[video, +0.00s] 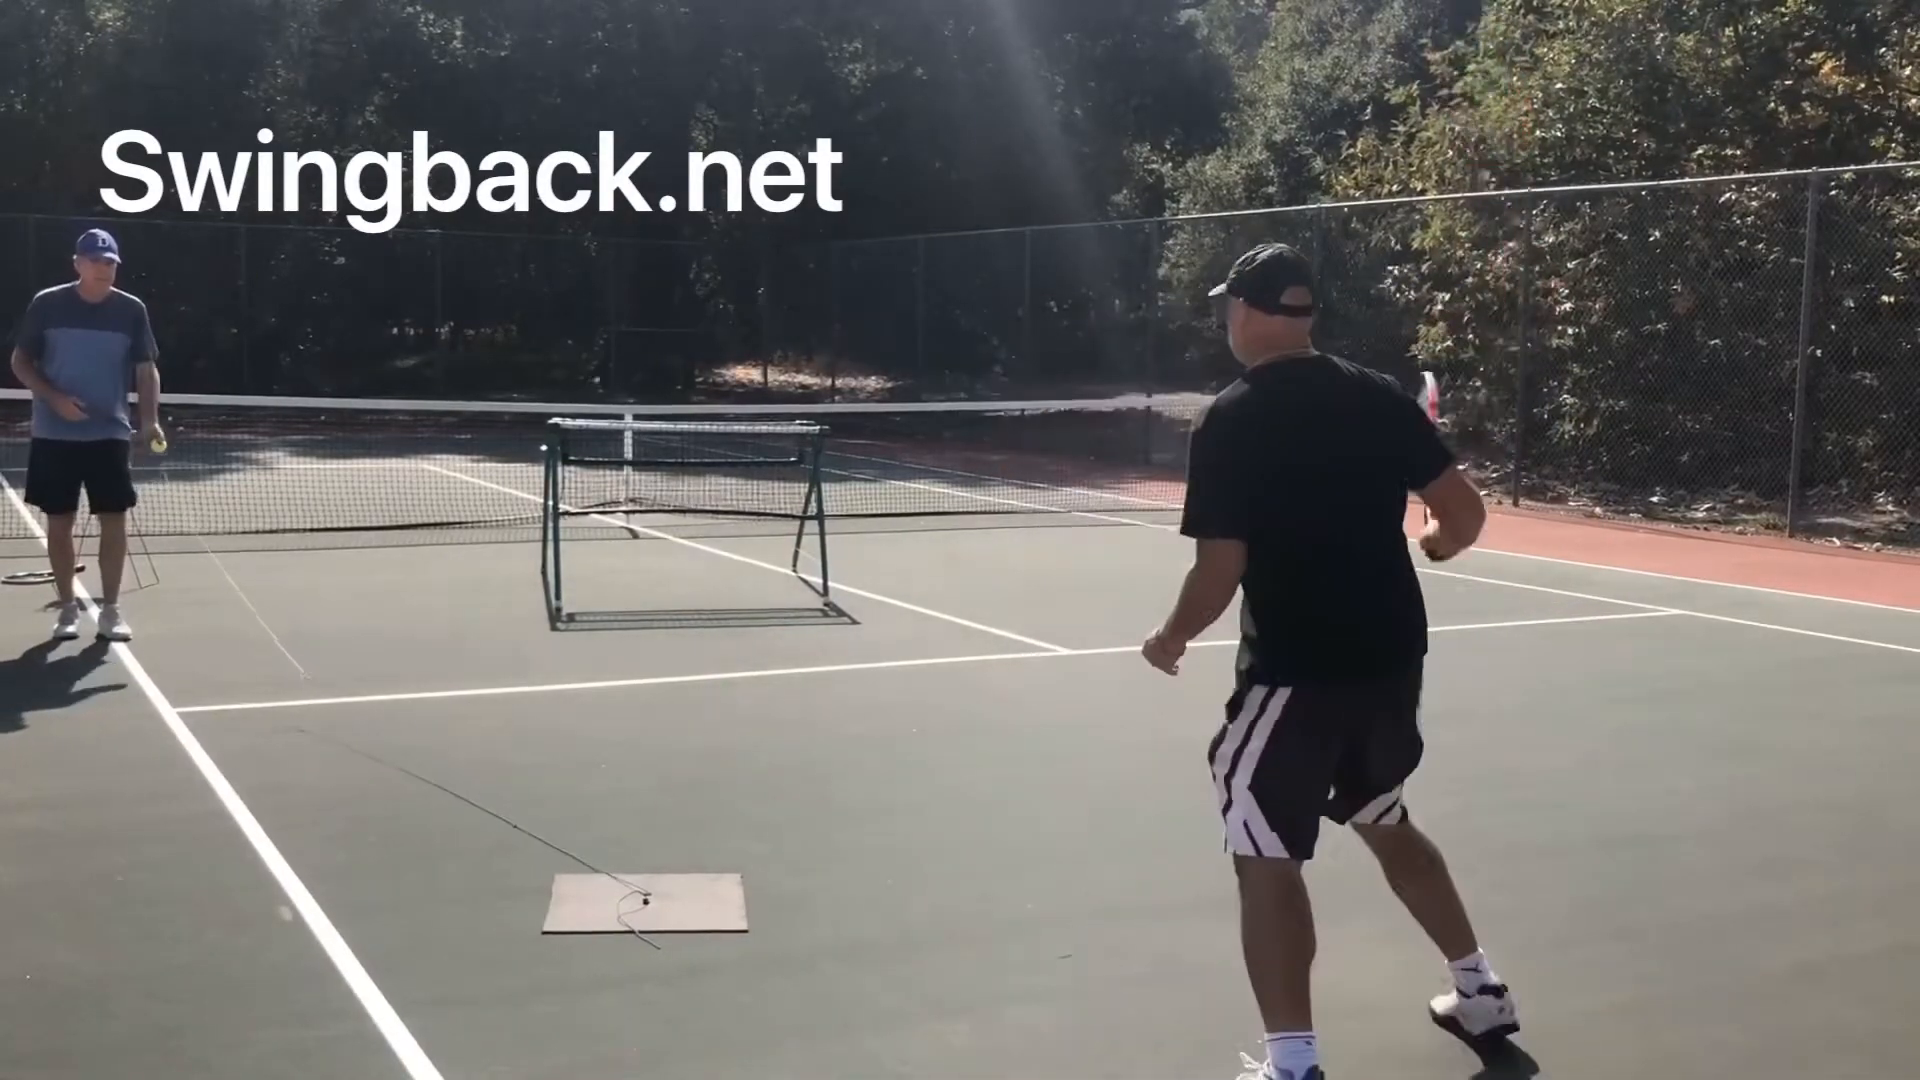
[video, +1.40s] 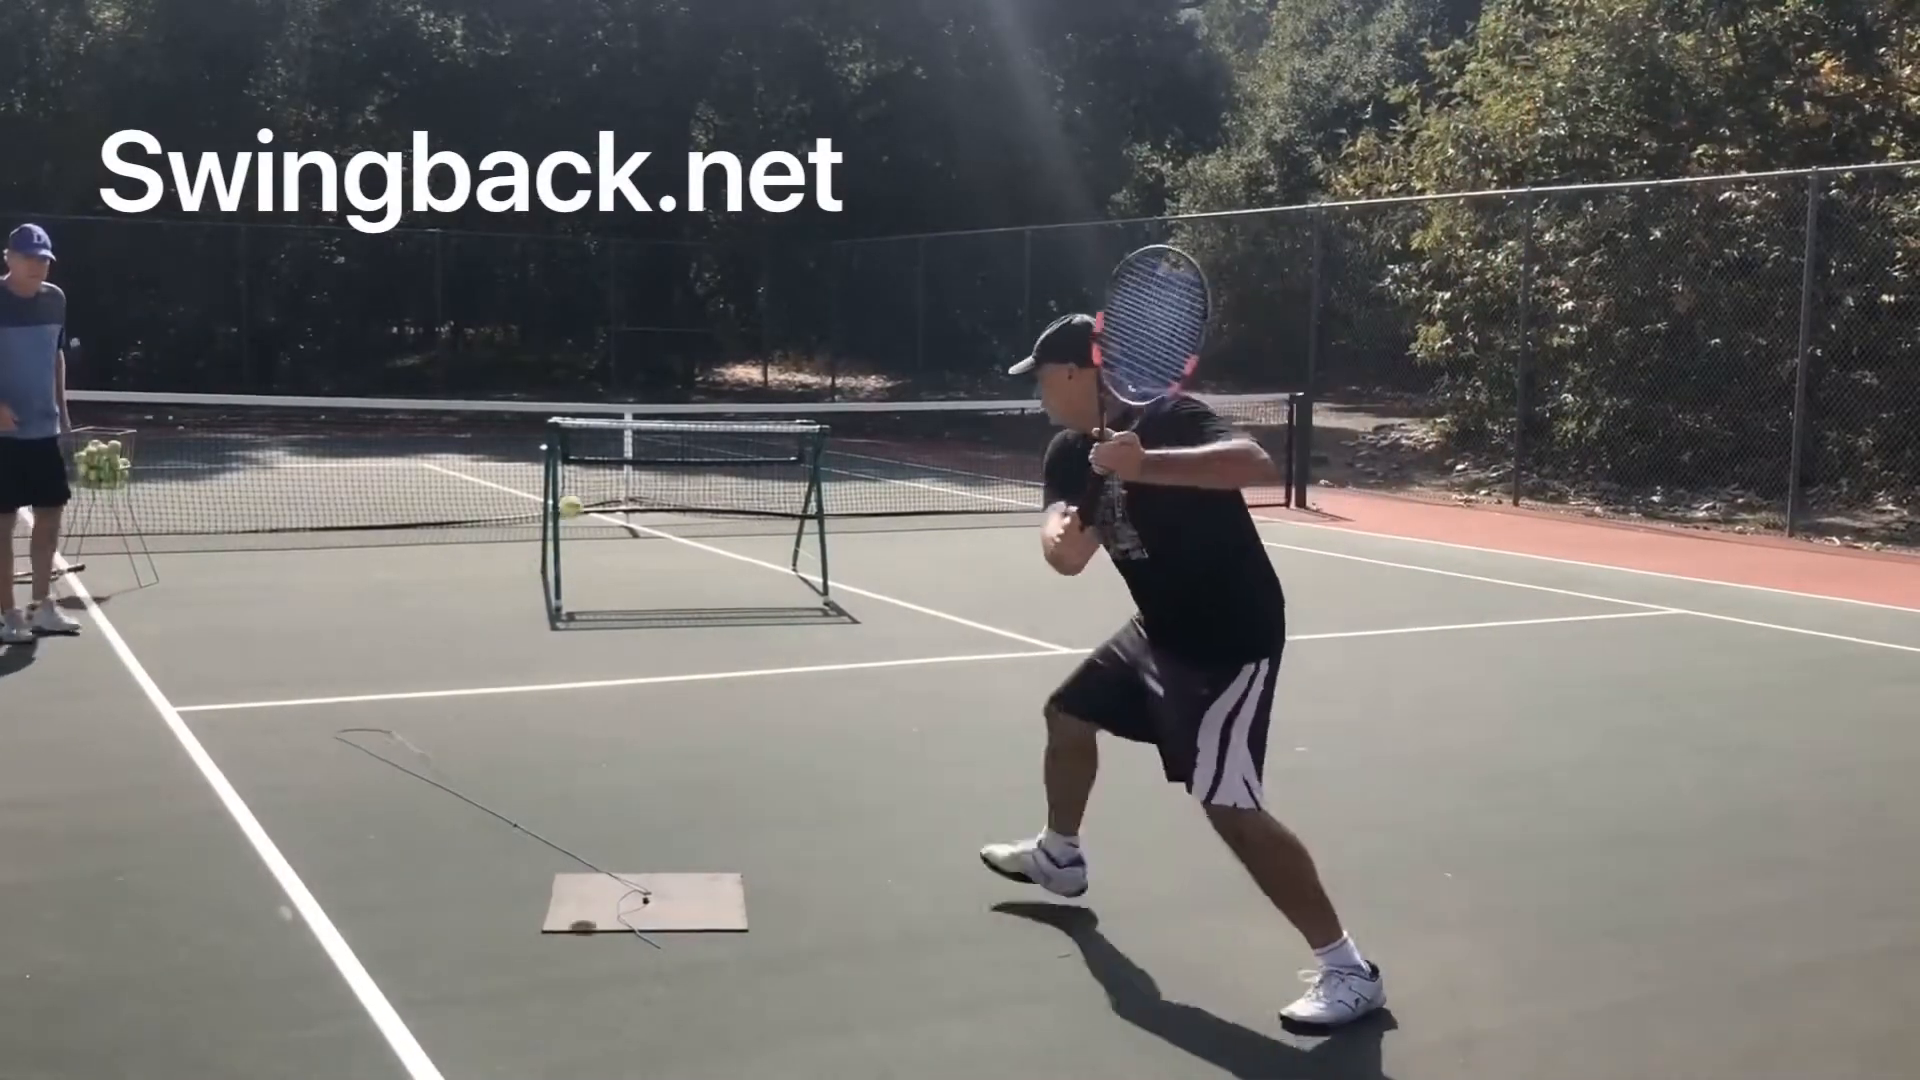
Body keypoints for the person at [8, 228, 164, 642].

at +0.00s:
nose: (103, 271)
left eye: (109, 263)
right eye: (96, 262)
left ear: (118, 267)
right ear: (77, 263)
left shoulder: (132, 310)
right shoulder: (47, 304)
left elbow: (147, 368)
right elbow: (20, 361)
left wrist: (149, 421)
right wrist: (54, 397)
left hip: (109, 437)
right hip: (55, 438)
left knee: (114, 520)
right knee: (59, 522)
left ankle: (110, 609)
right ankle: (67, 607)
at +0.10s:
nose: (103, 263)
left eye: (109, 256)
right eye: (95, 256)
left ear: (117, 260)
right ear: (79, 258)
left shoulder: (135, 304)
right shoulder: (49, 301)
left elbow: (158, 348)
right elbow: (23, 357)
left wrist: (169, 369)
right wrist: (54, 393)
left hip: (112, 435)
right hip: (58, 435)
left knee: (114, 520)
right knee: (60, 520)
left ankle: (110, 609)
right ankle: (68, 607)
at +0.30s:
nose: (108, 248)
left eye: (115, 241)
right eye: (101, 240)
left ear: (123, 249)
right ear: (84, 247)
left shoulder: (135, 288)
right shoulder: (55, 292)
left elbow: (154, 305)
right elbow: (29, 351)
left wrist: (168, 304)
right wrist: (55, 384)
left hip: (113, 423)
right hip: (60, 424)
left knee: (115, 513)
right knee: (60, 513)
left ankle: (113, 608)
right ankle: (65, 605)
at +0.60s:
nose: (108, 256)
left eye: (114, 249)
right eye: (101, 248)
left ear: (122, 256)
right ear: (83, 253)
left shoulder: (134, 297)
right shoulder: (52, 296)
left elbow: (149, 332)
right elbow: (24, 353)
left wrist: (132, 339)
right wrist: (47, 387)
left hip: (112, 430)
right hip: (56, 429)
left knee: (115, 519)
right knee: (48, 516)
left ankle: (112, 610)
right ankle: (34, 608)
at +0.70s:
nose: (103, 260)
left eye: (109, 253)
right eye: (96, 252)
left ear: (115, 258)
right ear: (76, 255)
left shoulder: (130, 301)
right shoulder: (45, 297)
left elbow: (144, 346)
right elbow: (18, 354)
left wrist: (134, 370)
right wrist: (42, 389)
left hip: (107, 432)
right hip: (51, 431)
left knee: (113, 519)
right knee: (40, 517)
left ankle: (112, 609)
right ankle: (19, 609)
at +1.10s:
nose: (60, 266)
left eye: (64, 260)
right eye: (52, 258)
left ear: (70, 262)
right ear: (30, 257)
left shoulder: (81, 302)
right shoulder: (5, 298)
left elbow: (91, 354)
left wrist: (97, 410)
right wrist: (2, 401)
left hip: (68, 435)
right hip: (13, 436)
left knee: (87, 516)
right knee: (9, 524)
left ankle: (106, 607)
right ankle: (9, 615)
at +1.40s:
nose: (39, 266)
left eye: (44, 259)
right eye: (31, 258)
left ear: (49, 261)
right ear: (10, 258)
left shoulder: (54, 298)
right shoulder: (2, 297)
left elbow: (57, 354)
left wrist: (62, 409)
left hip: (44, 431)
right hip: (7, 433)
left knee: (50, 512)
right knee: (6, 518)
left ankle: (43, 604)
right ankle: (8, 611)